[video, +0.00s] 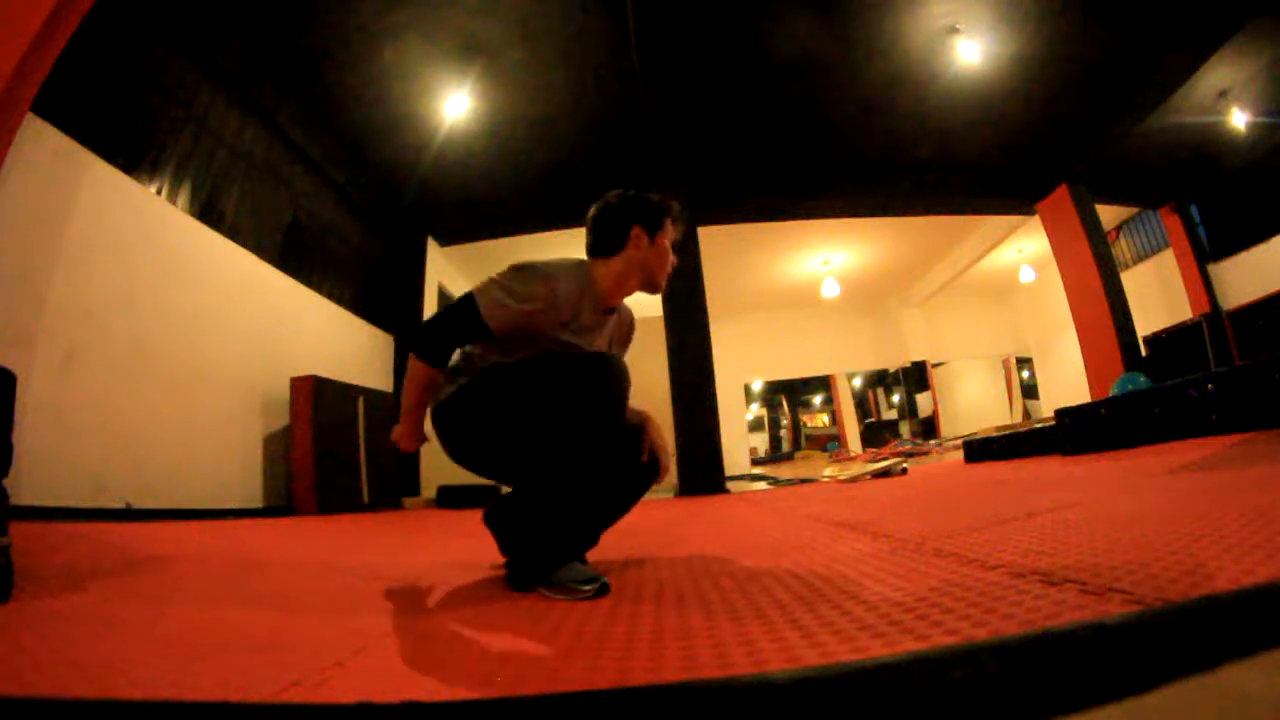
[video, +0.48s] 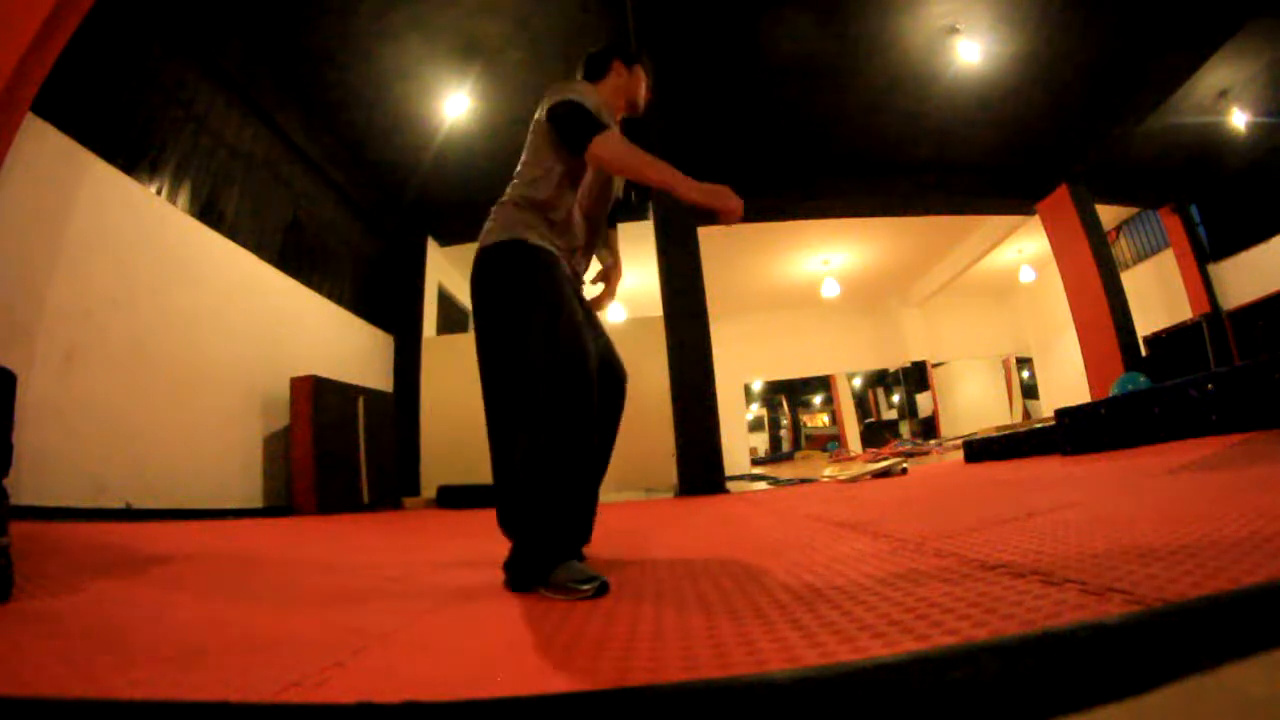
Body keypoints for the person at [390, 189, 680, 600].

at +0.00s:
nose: (674, 260)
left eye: (674, 248)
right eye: (670, 246)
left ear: (641, 243)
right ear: (638, 240)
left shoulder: (620, 324)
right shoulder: (546, 284)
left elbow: (585, 411)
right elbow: (434, 338)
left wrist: (641, 420)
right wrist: (409, 424)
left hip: (534, 432)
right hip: (471, 418)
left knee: (639, 452)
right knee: (602, 377)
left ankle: (521, 521)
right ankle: (548, 557)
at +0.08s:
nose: (674, 229)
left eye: (673, 216)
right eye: (668, 213)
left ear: (637, 212)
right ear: (636, 210)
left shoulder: (625, 295)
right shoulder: (547, 252)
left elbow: (596, 371)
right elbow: (433, 318)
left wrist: (637, 413)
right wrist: (423, 422)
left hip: (549, 401)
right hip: (481, 388)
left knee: (630, 451)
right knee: (601, 373)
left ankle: (516, 519)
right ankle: (551, 558)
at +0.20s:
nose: (668, 172)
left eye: (668, 160)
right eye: (663, 156)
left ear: (633, 156)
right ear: (632, 149)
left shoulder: (626, 237)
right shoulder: (547, 194)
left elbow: (605, 325)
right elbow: (476, 285)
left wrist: (613, 400)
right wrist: (460, 390)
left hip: (568, 364)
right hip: (502, 348)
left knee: (621, 427)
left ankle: (515, 521)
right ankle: (544, 559)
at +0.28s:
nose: (662, 135)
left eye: (662, 124)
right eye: (657, 121)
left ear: (627, 121)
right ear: (627, 115)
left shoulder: (625, 203)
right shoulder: (555, 152)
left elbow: (604, 296)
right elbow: (529, 225)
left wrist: (601, 374)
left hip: (555, 315)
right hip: (493, 296)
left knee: (608, 412)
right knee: (552, 416)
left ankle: (514, 520)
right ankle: (543, 558)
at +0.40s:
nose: (650, 101)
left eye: (651, 93)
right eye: (645, 88)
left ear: (620, 88)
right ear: (619, 80)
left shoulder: (616, 160)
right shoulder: (561, 108)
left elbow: (607, 242)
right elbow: (570, 165)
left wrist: (600, 305)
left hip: (553, 287)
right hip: (507, 268)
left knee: (606, 390)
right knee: (566, 389)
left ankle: (553, 541)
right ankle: (540, 558)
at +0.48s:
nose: (644, 95)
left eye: (646, 86)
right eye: (642, 81)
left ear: (611, 75)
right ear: (619, 71)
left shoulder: (604, 138)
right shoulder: (569, 97)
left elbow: (597, 213)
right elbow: (600, 148)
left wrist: (610, 264)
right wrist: (697, 189)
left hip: (552, 273)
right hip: (516, 260)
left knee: (605, 381)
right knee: (559, 389)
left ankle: (559, 545)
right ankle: (538, 557)